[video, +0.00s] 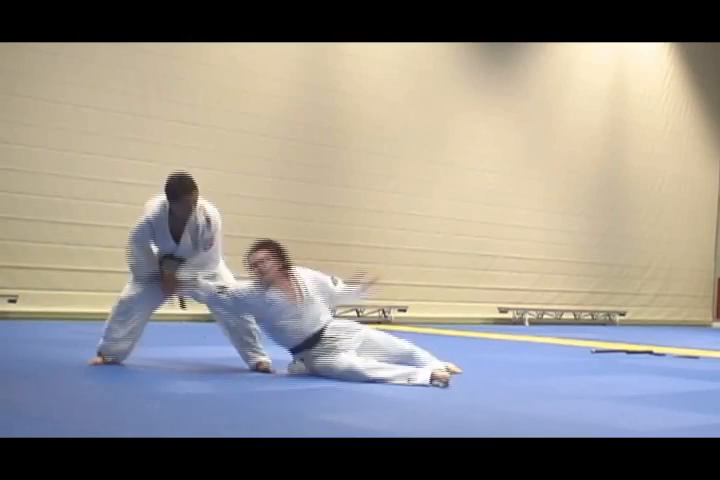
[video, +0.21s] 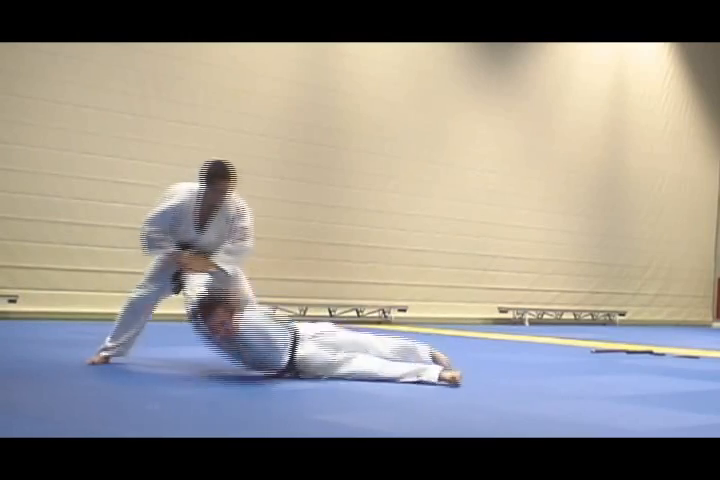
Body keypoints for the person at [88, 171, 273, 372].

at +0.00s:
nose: (193, 204)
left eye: (194, 199)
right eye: (188, 201)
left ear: (197, 196)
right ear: (173, 201)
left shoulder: (208, 216)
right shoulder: (153, 213)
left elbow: (211, 256)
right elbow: (137, 243)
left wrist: (179, 271)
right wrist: (155, 274)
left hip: (203, 268)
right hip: (162, 269)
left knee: (231, 300)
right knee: (130, 301)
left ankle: (257, 357)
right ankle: (109, 354)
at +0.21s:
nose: (223, 195)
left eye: (226, 189)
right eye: (217, 189)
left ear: (231, 186)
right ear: (205, 185)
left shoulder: (237, 208)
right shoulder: (182, 198)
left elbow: (242, 245)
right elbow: (150, 231)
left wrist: (210, 263)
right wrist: (180, 257)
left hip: (220, 261)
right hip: (177, 257)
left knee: (246, 303)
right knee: (142, 298)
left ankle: (265, 357)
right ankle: (109, 350)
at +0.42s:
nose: (255, 208)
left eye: (260, 203)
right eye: (251, 202)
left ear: (266, 201)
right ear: (242, 195)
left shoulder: (267, 222)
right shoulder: (214, 204)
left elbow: (264, 263)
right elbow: (191, 238)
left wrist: (237, 275)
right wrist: (208, 267)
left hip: (238, 267)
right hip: (197, 260)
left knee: (258, 306)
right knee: (161, 302)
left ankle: (261, 360)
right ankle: (140, 355)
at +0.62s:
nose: (193, 198)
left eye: (197, 193)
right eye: (188, 193)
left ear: (206, 187)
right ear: (180, 188)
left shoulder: (228, 199)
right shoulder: (168, 200)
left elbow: (253, 236)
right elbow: (168, 243)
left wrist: (223, 260)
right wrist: (196, 260)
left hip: (230, 264)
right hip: (188, 263)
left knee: (241, 319)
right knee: (158, 293)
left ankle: (263, 361)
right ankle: (156, 358)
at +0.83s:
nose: (151, 219)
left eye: (154, 213)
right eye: (146, 216)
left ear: (161, 204)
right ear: (140, 214)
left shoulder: (188, 214)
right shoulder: (147, 221)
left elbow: (229, 245)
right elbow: (164, 259)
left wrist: (212, 285)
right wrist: (179, 286)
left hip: (223, 267)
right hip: (186, 271)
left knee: (217, 333)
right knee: (152, 297)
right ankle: (154, 363)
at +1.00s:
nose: (144, 236)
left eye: (145, 231)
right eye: (139, 234)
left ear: (153, 219)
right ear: (133, 231)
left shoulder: (187, 226)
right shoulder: (151, 226)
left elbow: (204, 274)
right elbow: (170, 256)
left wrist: (215, 320)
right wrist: (183, 276)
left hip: (223, 264)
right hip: (182, 268)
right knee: (155, 300)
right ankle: (158, 364)